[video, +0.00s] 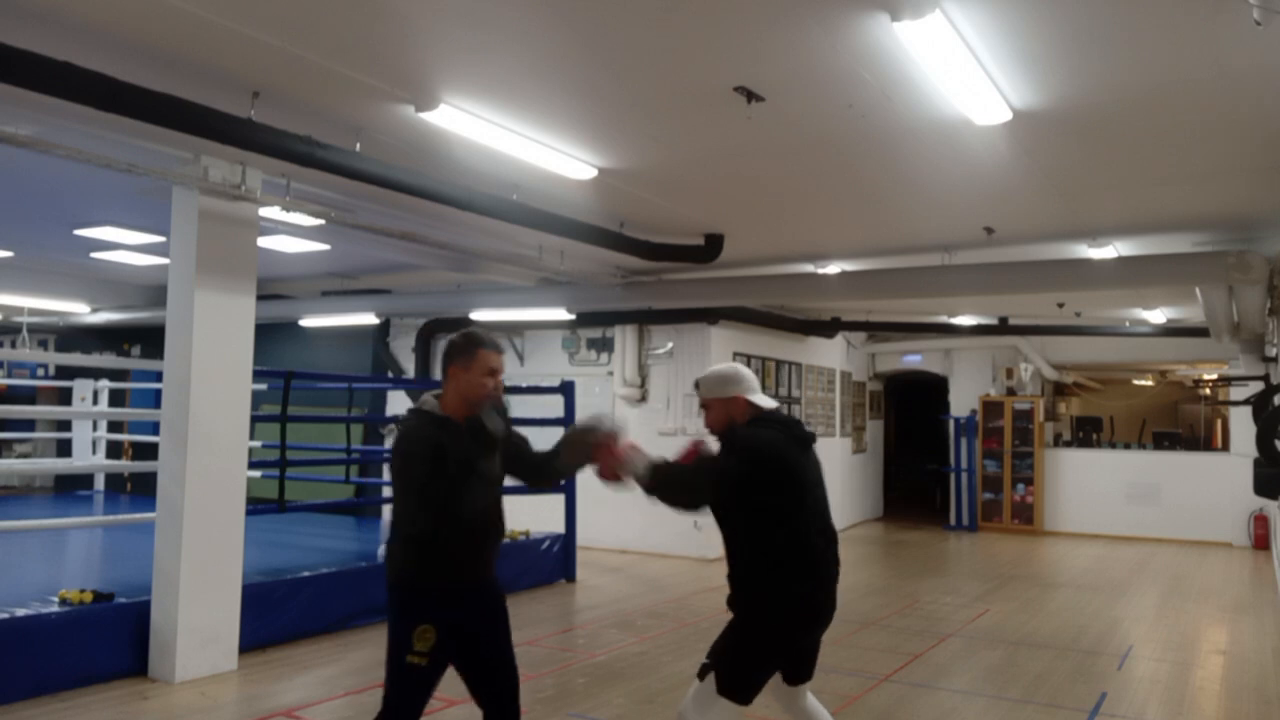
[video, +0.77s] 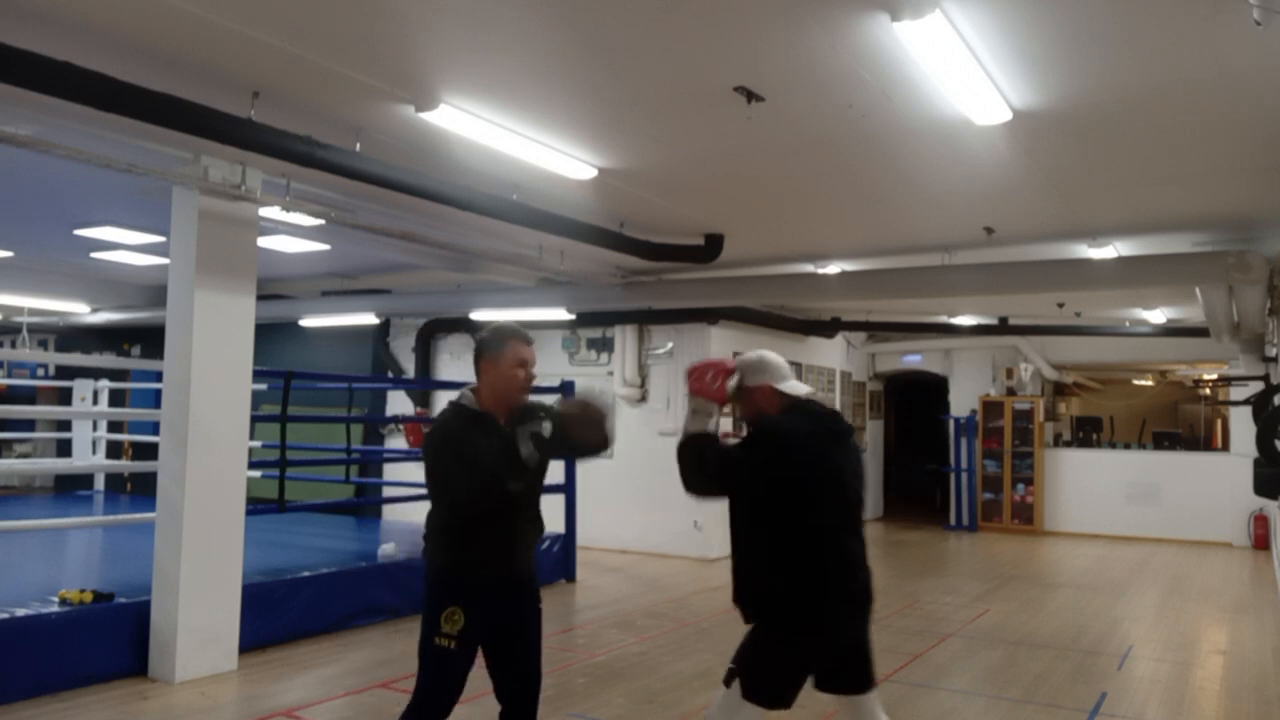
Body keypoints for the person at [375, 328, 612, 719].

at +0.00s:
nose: (499, 387)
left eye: (500, 376)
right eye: (490, 375)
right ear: (456, 374)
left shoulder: (489, 425)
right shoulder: (418, 431)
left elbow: (539, 471)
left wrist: (585, 444)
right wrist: (483, 432)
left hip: (475, 586)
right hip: (422, 590)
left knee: (503, 704)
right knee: (401, 708)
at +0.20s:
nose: (510, 387)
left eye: (513, 377)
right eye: (501, 375)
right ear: (467, 373)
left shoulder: (492, 431)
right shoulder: (436, 430)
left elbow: (517, 479)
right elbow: (483, 494)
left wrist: (586, 464)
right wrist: (547, 457)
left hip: (491, 587)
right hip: (439, 590)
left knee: (513, 698)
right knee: (411, 705)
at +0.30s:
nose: (510, 387)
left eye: (512, 377)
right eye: (500, 375)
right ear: (466, 373)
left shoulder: (501, 427)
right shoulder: (430, 434)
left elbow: (549, 461)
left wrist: (600, 448)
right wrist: (517, 460)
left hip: (495, 588)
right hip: (438, 592)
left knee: (516, 702)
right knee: (410, 707)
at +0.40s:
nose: (513, 385)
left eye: (516, 376)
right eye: (504, 374)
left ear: (516, 380)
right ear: (470, 372)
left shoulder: (511, 428)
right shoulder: (435, 429)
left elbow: (551, 473)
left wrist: (597, 456)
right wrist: (482, 428)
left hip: (496, 587)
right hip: (440, 589)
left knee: (520, 696)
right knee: (409, 705)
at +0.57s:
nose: (525, 383)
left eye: (526, 374)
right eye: (516, 373)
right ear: (481, 374)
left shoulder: (516, 431)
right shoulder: (452, 426)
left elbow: (536, 486)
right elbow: (501, 478)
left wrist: (556, 509)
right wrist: (554, 434)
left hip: (508, 582)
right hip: (453, 584)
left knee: (526, 694)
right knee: (417, 699)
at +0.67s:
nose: (532, 378)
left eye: (533, 369)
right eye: (521, 367)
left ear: (531, 374)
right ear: (487, 370)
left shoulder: (523, 428)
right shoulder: (458, 427)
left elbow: (559, 481)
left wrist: (556, 454)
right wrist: (536, 447)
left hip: (515, 582)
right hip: (461, 585)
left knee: (523, 701)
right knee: (428, 701)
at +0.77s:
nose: (531, 376)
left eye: (533, 367)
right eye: (520, 366)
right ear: (486, 367)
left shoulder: (535, 421)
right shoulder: (450, 430)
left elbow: (591, 440)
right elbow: (457, 509)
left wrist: (584, 423)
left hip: (515, 579)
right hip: (457, 581)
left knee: (521, 700)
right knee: (435, 698)